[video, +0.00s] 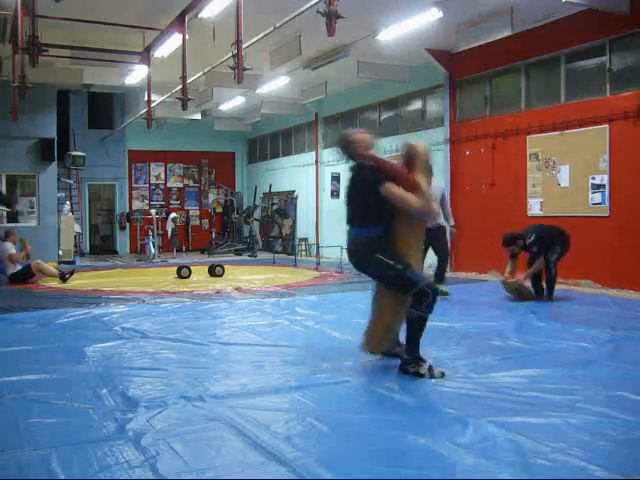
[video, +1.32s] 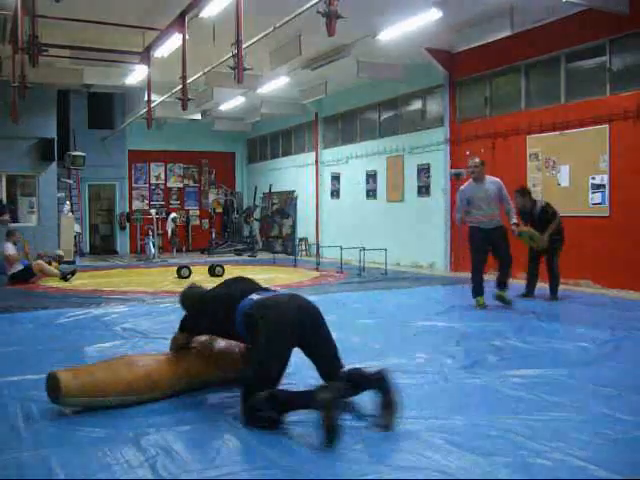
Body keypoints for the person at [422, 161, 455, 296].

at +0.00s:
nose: (426, 178)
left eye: (428, 175)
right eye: (423, 175)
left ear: (431, 175)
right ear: (418, 176)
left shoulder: (439, 189)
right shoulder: (416, 190)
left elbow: (445, 208)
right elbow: (412, 209)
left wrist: (451, 222)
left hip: (437, 226)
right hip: (421, 227)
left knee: (443, 256)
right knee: (418, 257)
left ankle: (438, 282)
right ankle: (415, 282)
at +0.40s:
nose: (444, 174)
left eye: (446, 171)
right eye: (442, 171)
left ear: (452, 172)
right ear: (439, 173)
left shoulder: (461, 188)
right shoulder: (433, 190)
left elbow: (469, 207)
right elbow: (429, 208)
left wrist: (474, 224)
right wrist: (429, 217)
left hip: (458, 228)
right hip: (441, 228)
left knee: (461, 261)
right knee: (437, 259)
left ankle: (459, 291)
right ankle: (423, 285)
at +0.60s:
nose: (452, 172)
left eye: (454, 168)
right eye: (449, 169)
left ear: (460, 170)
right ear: (445, 171)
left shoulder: (471, 185)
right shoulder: (442, 188)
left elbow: (481, 202)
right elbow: (437, 207)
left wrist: (486, 219)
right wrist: (437, 215)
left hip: (466, 225)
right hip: (450, 225)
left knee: (467, 258)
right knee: (454, 257)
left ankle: (460, 290)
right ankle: (448, 286)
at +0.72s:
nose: (455, 171)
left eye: (457, 168)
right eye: (452, 169)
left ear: (463, 169)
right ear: (449, 171)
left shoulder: (475, 184)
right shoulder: (445, 188)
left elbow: (486, 202)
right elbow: (440, 208)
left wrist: (491, 218)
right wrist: (441, 216)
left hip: (471, 225)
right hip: (454, 225)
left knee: (468, 259)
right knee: (461, 257)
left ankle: (460, 290)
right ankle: (461, 290)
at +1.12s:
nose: (466, 172)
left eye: (469, 168)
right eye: (464, 169)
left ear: (476, 170)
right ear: (461, 171)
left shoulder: (489, 184)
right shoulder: (458, 191)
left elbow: (501, 203)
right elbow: (453, 212)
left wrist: (505, 220)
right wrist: (455, 220)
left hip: (489, 228)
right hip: (470, 228)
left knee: (492, 263)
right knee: (476, 263)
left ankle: (472, 282)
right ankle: (477, 295)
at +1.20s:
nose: (470, 171)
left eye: (473, 167)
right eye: (467, 168)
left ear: (479, 168)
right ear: (464, 170)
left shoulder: (492, 183)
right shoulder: (461, 190)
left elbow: (504, 202)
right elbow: (457, 213)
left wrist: (509, 221)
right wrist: (458, 218)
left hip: (492, 227)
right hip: (474, 227)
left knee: (500, 261)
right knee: (476, 263)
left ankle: (485, 284)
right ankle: (477, 295)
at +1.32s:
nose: (473, 170)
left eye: (476, 167)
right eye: (471, 167)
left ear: (483, 168)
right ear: (468, 170)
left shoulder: (496, 183)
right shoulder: (464, 190)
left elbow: (507, 203)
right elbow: (459, 212)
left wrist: (513, 220)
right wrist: (461, 219)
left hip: (496, 227)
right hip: (477, 227)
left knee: (505, 259)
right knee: (478, 263)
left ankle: (501, 290)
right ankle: (478, 296)